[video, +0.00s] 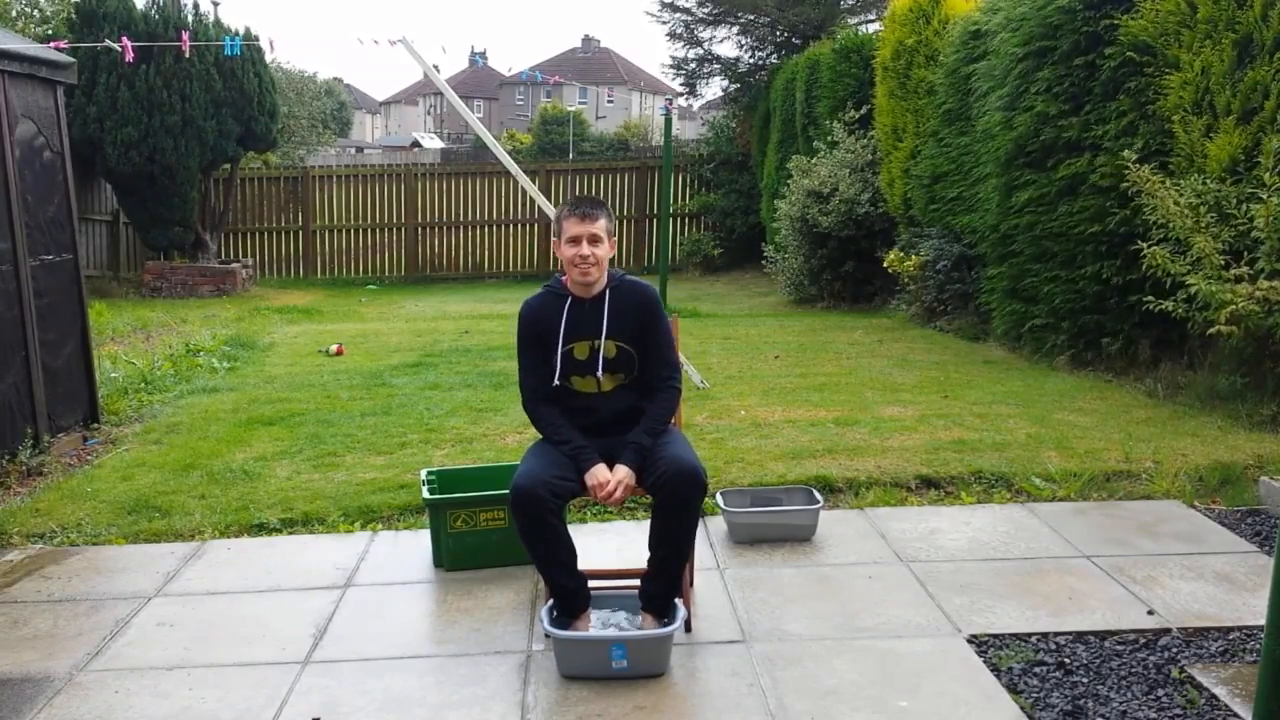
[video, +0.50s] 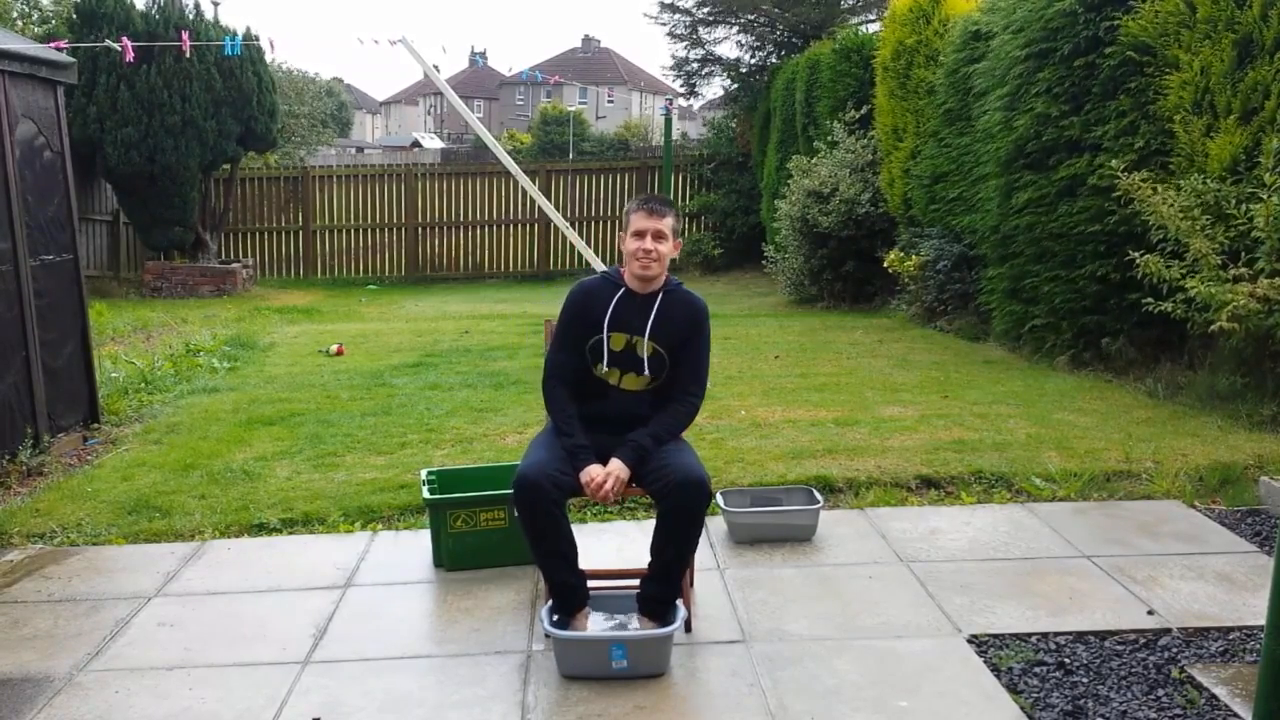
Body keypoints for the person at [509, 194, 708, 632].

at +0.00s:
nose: (584, 252)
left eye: (594, 241)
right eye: (573, 242)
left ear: (611, 247)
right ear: (557, 249)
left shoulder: (641, 300)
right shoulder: (538, 311)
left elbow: (667, 386)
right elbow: (536, 400)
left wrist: (630, 460)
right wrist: (587, 460)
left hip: (640, 433)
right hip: (569, 438)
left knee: (686, 477)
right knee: (527, 491)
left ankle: (657, 604)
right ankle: (573, 606)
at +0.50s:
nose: (647, 246)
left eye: (658, 237)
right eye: (638, 236)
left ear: (675, 248)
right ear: (622, 243)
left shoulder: (689, 311)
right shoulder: (587, 296)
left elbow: (687, 400)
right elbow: (555, 381)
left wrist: (629, 456)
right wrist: (584, 458)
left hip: (651, 434)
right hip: (579, 431)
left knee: (691, 486)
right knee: (532, 482)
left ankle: (656, 605)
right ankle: (571, 605)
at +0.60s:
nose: (651, 245)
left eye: (662, 237)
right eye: (642, 236)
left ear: (678, 248)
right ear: (627, 243)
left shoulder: (692, 311)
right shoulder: (590, 295)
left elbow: (689, 400)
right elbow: (559, 380)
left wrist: (630, 456)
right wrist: (585, 457)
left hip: (652, 434)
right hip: (580, 430)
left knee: (691, 486)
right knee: (534, 481)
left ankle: (655, 606)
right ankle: (572, 604)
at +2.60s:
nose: (586, 244)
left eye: (599, 235)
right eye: (585, 233)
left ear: (635, 246)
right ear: (582, 237)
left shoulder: (667, 305)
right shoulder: (566, 300)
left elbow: (677, 393)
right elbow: (551, 389)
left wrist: (633, 460)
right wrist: (587, 463)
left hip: (648, 434)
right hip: (575, 436)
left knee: (692, 484)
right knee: (532, 487)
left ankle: (657, 605)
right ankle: (575, 605)